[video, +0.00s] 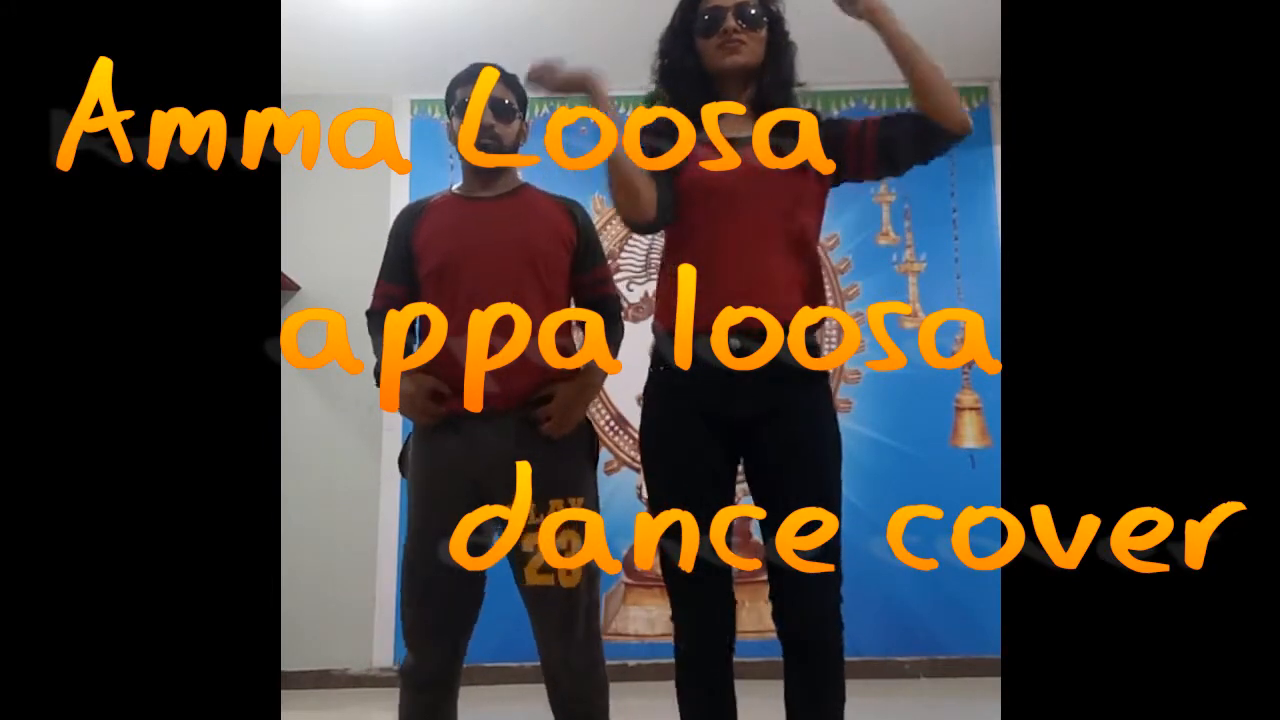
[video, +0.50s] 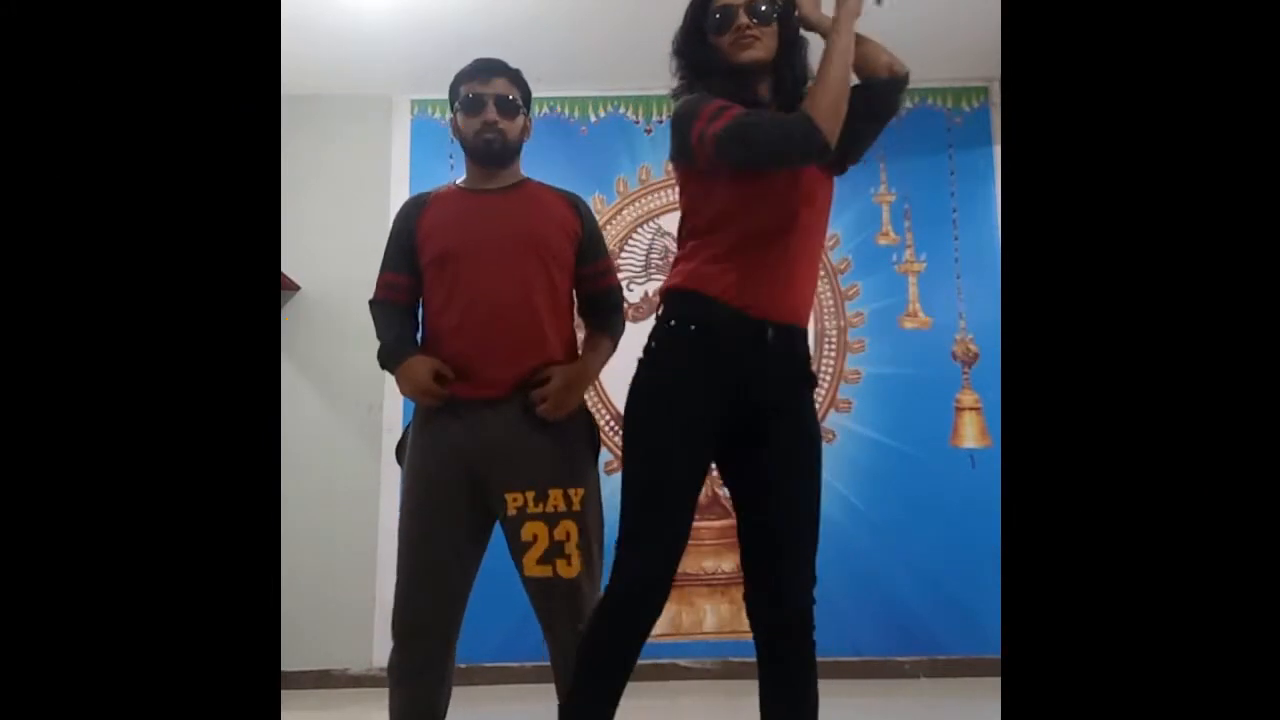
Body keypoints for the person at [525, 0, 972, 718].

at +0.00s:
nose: (732, 27)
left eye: (749, 16)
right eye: (712, 18)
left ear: (773, 39)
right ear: (687, 44)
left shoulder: (810, 135)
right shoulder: (666, 130)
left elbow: (949, 121)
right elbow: (639, 211)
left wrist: (880, 17)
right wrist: (600, 107)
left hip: (792, 388)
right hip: (686, 389)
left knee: (810, 602)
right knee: (698, 608)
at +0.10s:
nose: (737, 30)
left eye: (754, 18)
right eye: (718, 21)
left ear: (779, 39)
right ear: (696, 48)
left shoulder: (813, 135)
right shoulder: (669, 129)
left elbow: (932, 74)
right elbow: (678, 182)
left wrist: (867, 9)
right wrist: (680, 44)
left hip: (800, 390)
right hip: (692, 389)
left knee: (802, 598)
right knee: (662, 593)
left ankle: (802, 718)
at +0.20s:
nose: (743, 36)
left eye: (760, 24)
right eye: (725, 22)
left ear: (781, 49)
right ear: (694, 48)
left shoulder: (814, 142)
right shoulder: (671, 136)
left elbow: (915, 70)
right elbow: (710, 161)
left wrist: (853, 13)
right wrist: (721, 56)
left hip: (808, 397)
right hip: (699, 396)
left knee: (803, 608)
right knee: (625, 593)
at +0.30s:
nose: (745, 36)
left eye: (758, 22)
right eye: (721, 28)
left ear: (781, 42)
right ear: (698, 55)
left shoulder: (807, 142)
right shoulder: (676, 129)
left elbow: (891, 86)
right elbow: (770, 131)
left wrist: (818, 20)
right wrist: (795, 31)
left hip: (807, 387)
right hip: (702, 387)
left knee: (804, 605)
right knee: (647, 594)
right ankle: (593, 719)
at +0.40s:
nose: (744, 34)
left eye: (758, 20)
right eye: (722, 25)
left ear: (781, 41)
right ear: (701, 48)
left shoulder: (806, 136)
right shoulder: (686, 117)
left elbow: (891, 85)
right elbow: (777, 136)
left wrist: (816, 26)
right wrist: (816, 27)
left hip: (796, 377)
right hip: (698, 374)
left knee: (798, 604)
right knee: (649, 597)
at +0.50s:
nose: (744, 22)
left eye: (759, 10)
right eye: (723, 16)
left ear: (783, 32)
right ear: (704, 43)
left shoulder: (816, 126)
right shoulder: (698, 115)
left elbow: (889, 75)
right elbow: (813, 138)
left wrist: (818, 24)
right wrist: (842, 29)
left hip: (779, 371)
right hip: (687, 359)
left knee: (786, 602)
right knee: (640, 584)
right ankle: (579, 719)